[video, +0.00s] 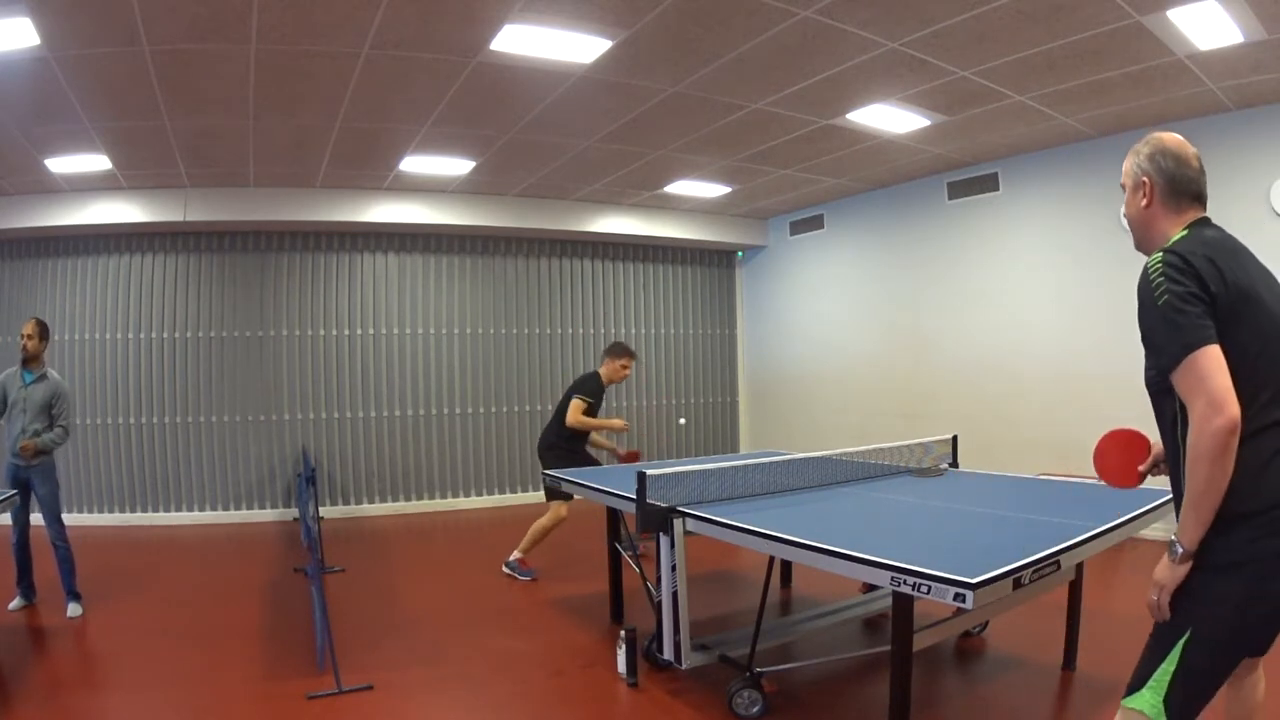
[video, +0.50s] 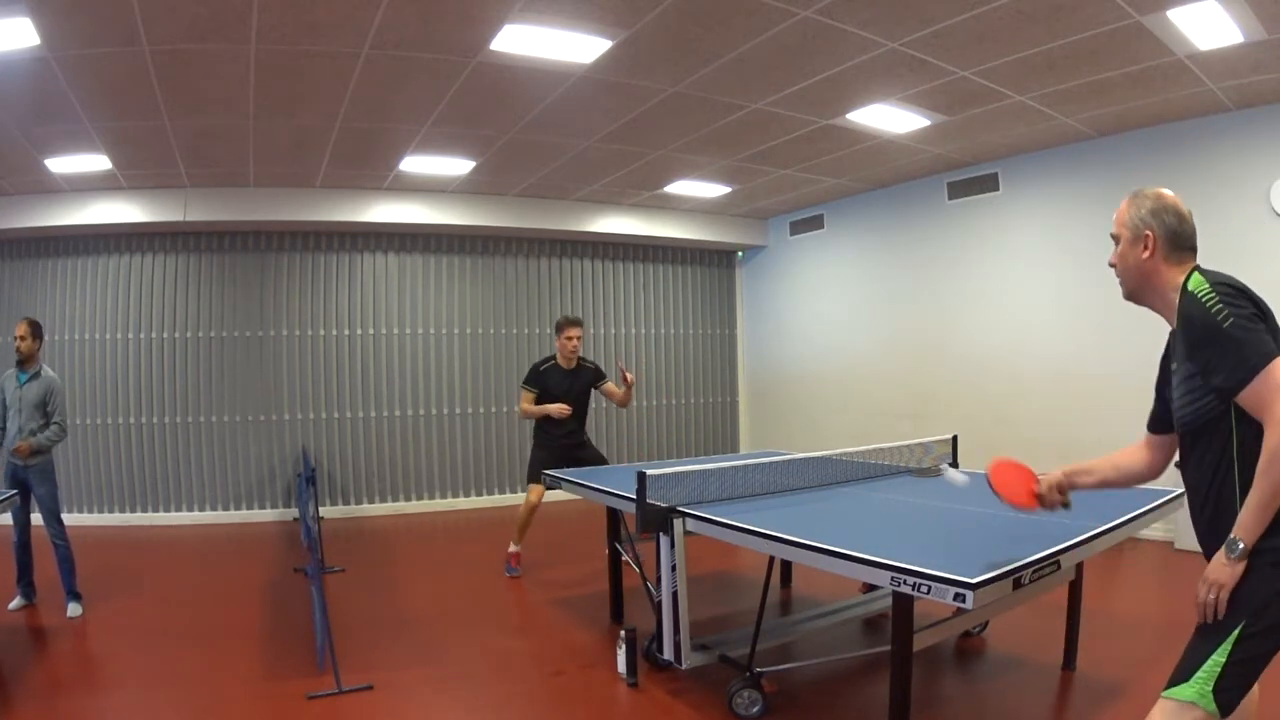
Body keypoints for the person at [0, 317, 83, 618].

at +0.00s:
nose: (23, 342)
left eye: (30, 338)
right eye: (22, 337)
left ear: (44, 344)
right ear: (20, 341)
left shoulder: (56, 386)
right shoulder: (7, 379)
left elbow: (63, 430)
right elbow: (2, 415)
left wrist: (39, 444)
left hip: (42, 466)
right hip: (12, 465)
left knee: (56, 532)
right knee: (19, 533)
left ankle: (72, 596)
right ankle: (25, 593)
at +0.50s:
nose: (17, 343)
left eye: (23, 338)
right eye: (15, 338)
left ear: (38, 343)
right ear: (15, 343)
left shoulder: (50, 382)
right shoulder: (6, 380)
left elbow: (60, 427)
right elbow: (4, 420)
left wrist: (34, 444)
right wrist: (5, 447)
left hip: (39, 465)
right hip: (10, 464)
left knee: (55, 531)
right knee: (20, 532)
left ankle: (72, 596)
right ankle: (26, 592)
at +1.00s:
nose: (17, 344)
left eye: (23, 339)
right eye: (15, 339)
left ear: (38, 343)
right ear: (14, 343)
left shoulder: (51, 382)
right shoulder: (6, 380)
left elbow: (63, 425)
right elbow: (3, 425)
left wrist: (37, 443)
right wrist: (2, 466)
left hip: (40, 466)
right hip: (11, 466)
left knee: (56, 531)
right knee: (20, 532)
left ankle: (72, 596)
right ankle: (26, 592)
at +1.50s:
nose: (17, 345)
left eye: (22, 340)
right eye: (14, 341)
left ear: (37, 343)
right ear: (14, 344)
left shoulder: (51, 382)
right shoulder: (7, 380)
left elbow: (62, 426)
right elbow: (4, 422)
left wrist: (37, 444)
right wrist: (5, 455)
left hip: (40, 465)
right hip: (11, 464)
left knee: (56, 531)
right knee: (20, 532)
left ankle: (72, 596)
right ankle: (26, 592)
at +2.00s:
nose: (15, 348)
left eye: (21, 343)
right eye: (13, 343)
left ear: (36, 344)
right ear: (12, 345)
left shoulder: (51, 382)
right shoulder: (6, 381)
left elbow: (62, 427)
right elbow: (3, 426)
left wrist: (37, 444)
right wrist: (2, 466)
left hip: (41, 466)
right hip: (11, 466)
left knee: (56, 532)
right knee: (20, 533)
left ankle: (72, 596)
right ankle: (26, 593)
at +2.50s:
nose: (28, 352)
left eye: (33, 347)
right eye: (25, 347)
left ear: (44, 347)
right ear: (20, 346)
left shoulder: (57, 385)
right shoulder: (8, 381)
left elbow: (69, 427)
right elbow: (3, 425)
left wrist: (59, 453)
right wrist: (5, 466)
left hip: (47, 465)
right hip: (17, 465)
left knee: (60, 532)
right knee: (22, 533)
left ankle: (73, 596)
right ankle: (26, 593)